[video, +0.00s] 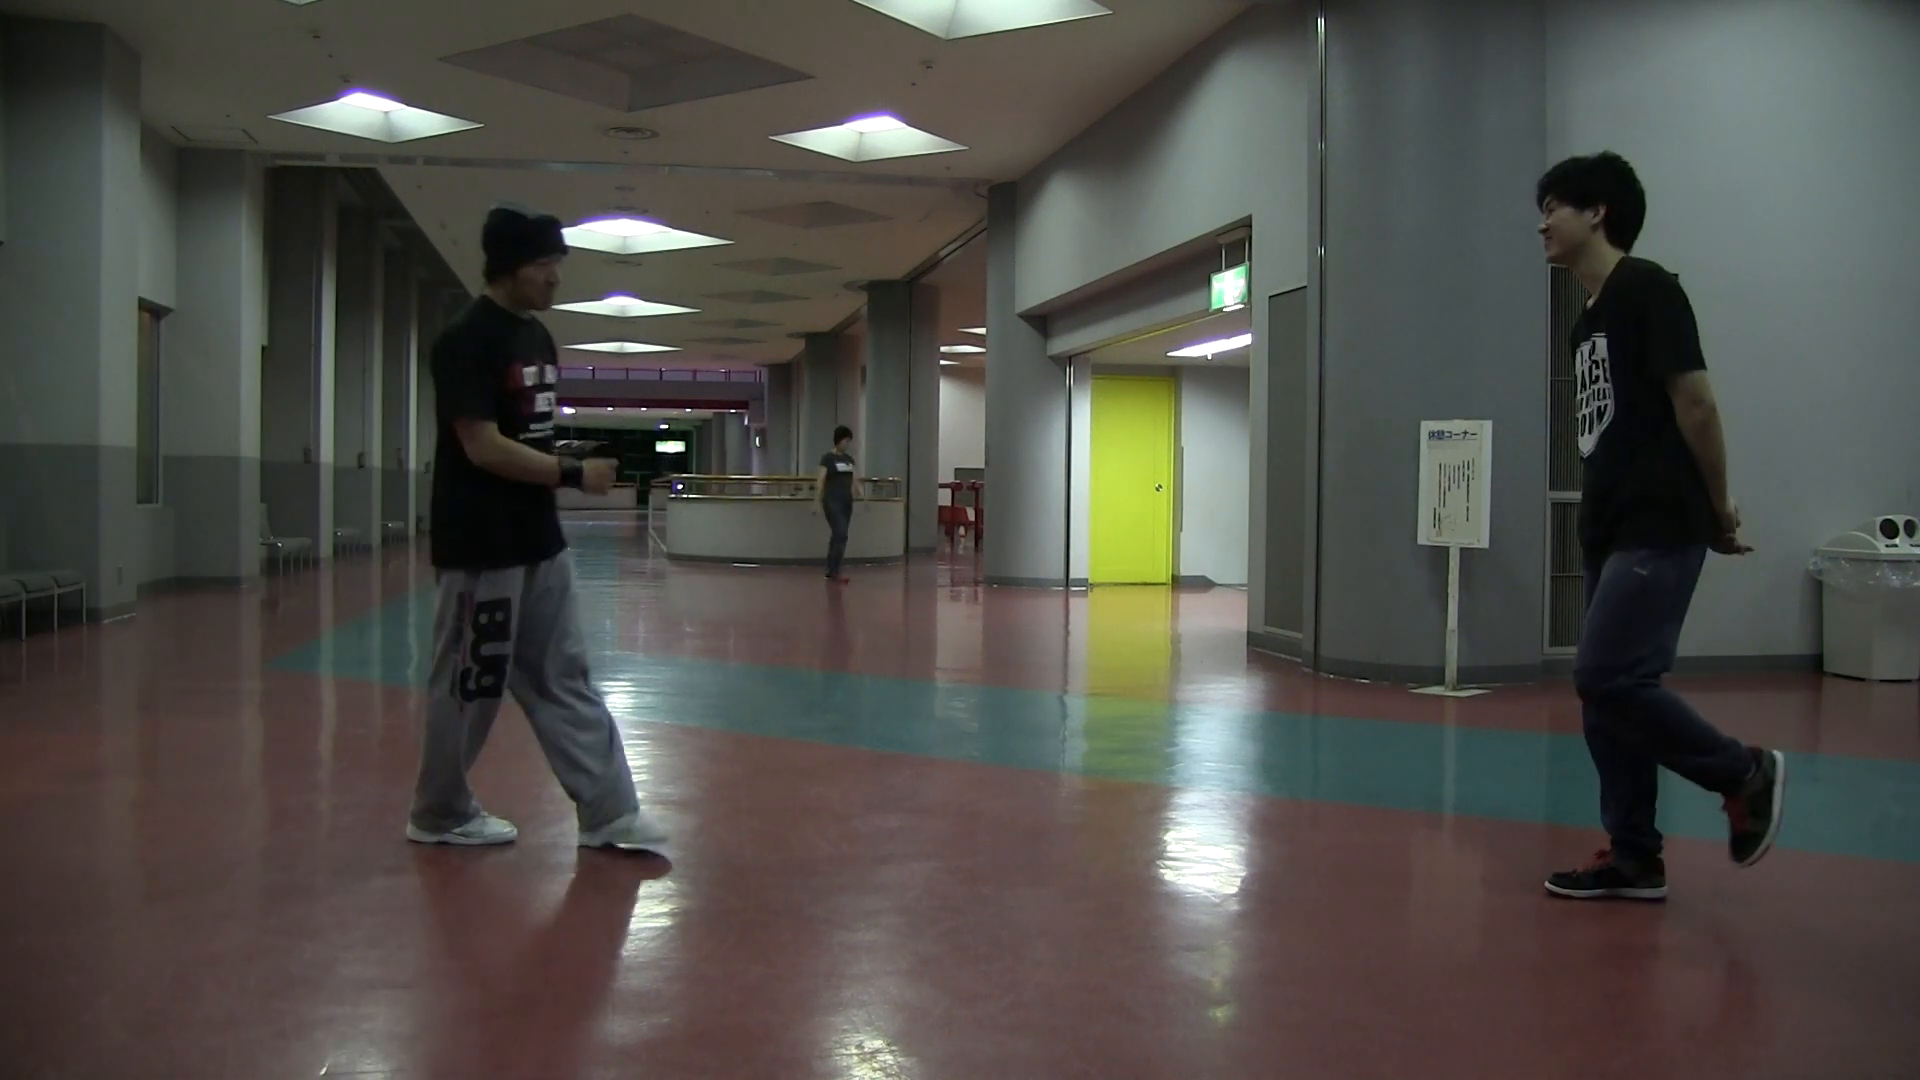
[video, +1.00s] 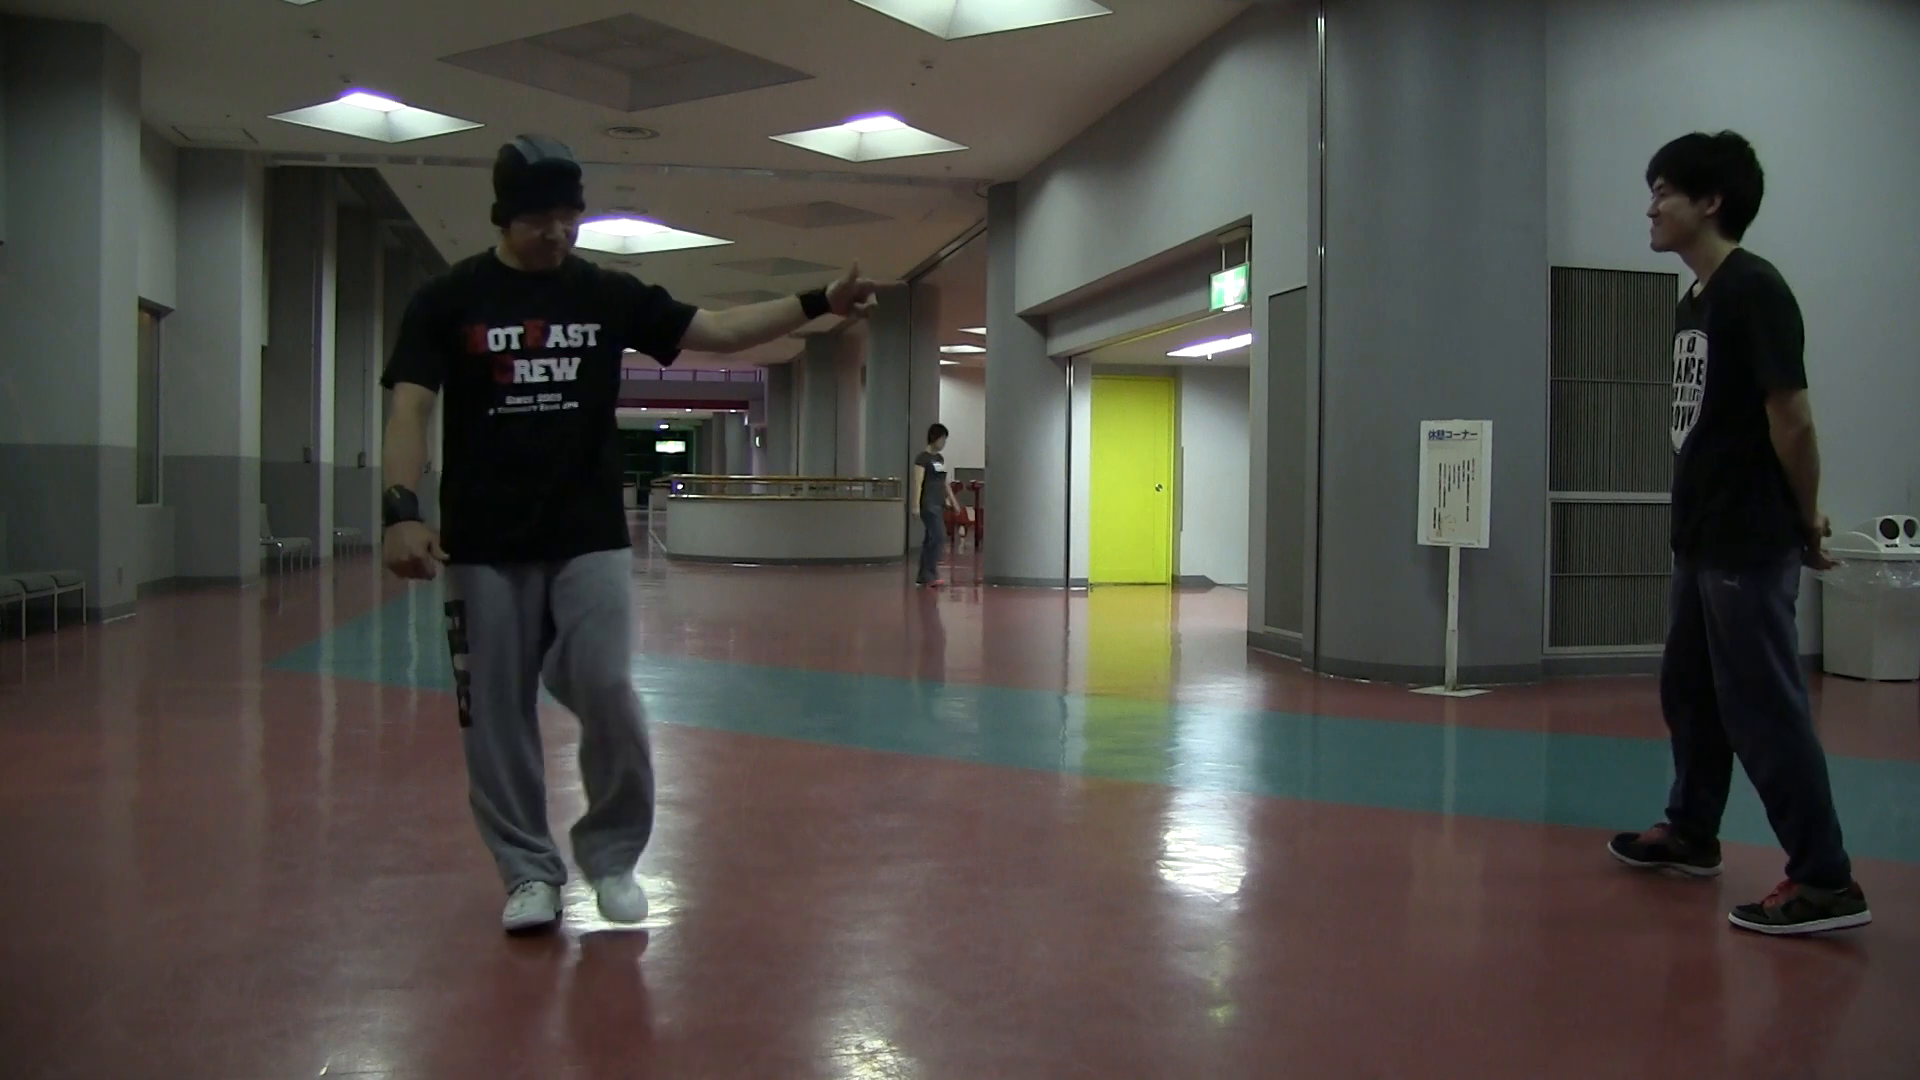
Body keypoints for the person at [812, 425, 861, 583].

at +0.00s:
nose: (847, 444)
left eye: (848, 441)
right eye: (846, 441)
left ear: (847, 442)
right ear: (838, 441)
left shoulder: (849, 460)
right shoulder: (828, 458)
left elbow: (852, 478)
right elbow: (820, 481)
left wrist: (858, 488)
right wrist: (816, 502)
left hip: (846, 501)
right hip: (831, 501)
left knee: (840, 534)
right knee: (839, 534)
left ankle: (833, 570)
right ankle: (832, 570)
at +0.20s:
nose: (866, 447)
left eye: (867, 444)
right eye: (863, 444)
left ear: (865, 445)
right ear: (855, 444)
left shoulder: (866, 462)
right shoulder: (843, 462)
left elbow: (874, 481)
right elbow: (832, 484)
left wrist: (887, 487)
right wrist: (822, 505)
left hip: (862, 505)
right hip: (849, 506)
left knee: (851, 540)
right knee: (860, 538)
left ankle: (835, 569)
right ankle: (868, 573)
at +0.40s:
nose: (884, 443)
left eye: (884, 440)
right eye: (881, 439)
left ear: (881, 441)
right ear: (873, 440)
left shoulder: (881, 459)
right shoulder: (862, 459)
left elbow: (886, 482)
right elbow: (857, 483)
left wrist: (894, 500)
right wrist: (860, 505)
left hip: (881, 504)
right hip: (867, 505)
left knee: (885, 537)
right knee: (869, 539)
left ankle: (867, 561)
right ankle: (869, 572)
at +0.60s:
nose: (902, 445)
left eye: (902, 442)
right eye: (900, 442)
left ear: (897, 443)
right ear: (892, 442)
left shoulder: (899, 460)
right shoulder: (882, 460)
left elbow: (898, 482)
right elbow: (885, 482)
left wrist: (903, 499)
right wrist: (904, 496)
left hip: (899, 505)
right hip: (884, 506)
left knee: (905, 541)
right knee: (878, 541)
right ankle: (870, 574)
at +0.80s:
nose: (924, 445)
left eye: (925, 442)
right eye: (922, 442)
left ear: (919, 443)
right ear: (914, 442)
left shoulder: (920, 461)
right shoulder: (904, 460)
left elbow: (920, 484)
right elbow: (906, 484)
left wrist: (924, 500)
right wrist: (923, 500)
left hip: (922, 505)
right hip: (907, 506)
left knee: (925, 540)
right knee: (907, 541)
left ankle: (924, 576)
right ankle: (883, 567)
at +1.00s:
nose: (944, 443)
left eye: (945, 440)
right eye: (942, 439)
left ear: (938, 440)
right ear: (934, 439)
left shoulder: (939, 459)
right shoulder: (922, 458)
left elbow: (945, 484)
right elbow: (917, 483)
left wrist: (954, 503)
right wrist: (915, 505)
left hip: (938, 503)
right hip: (927, 504)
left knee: (931, 539)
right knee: (938, 537)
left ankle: (924, 575)